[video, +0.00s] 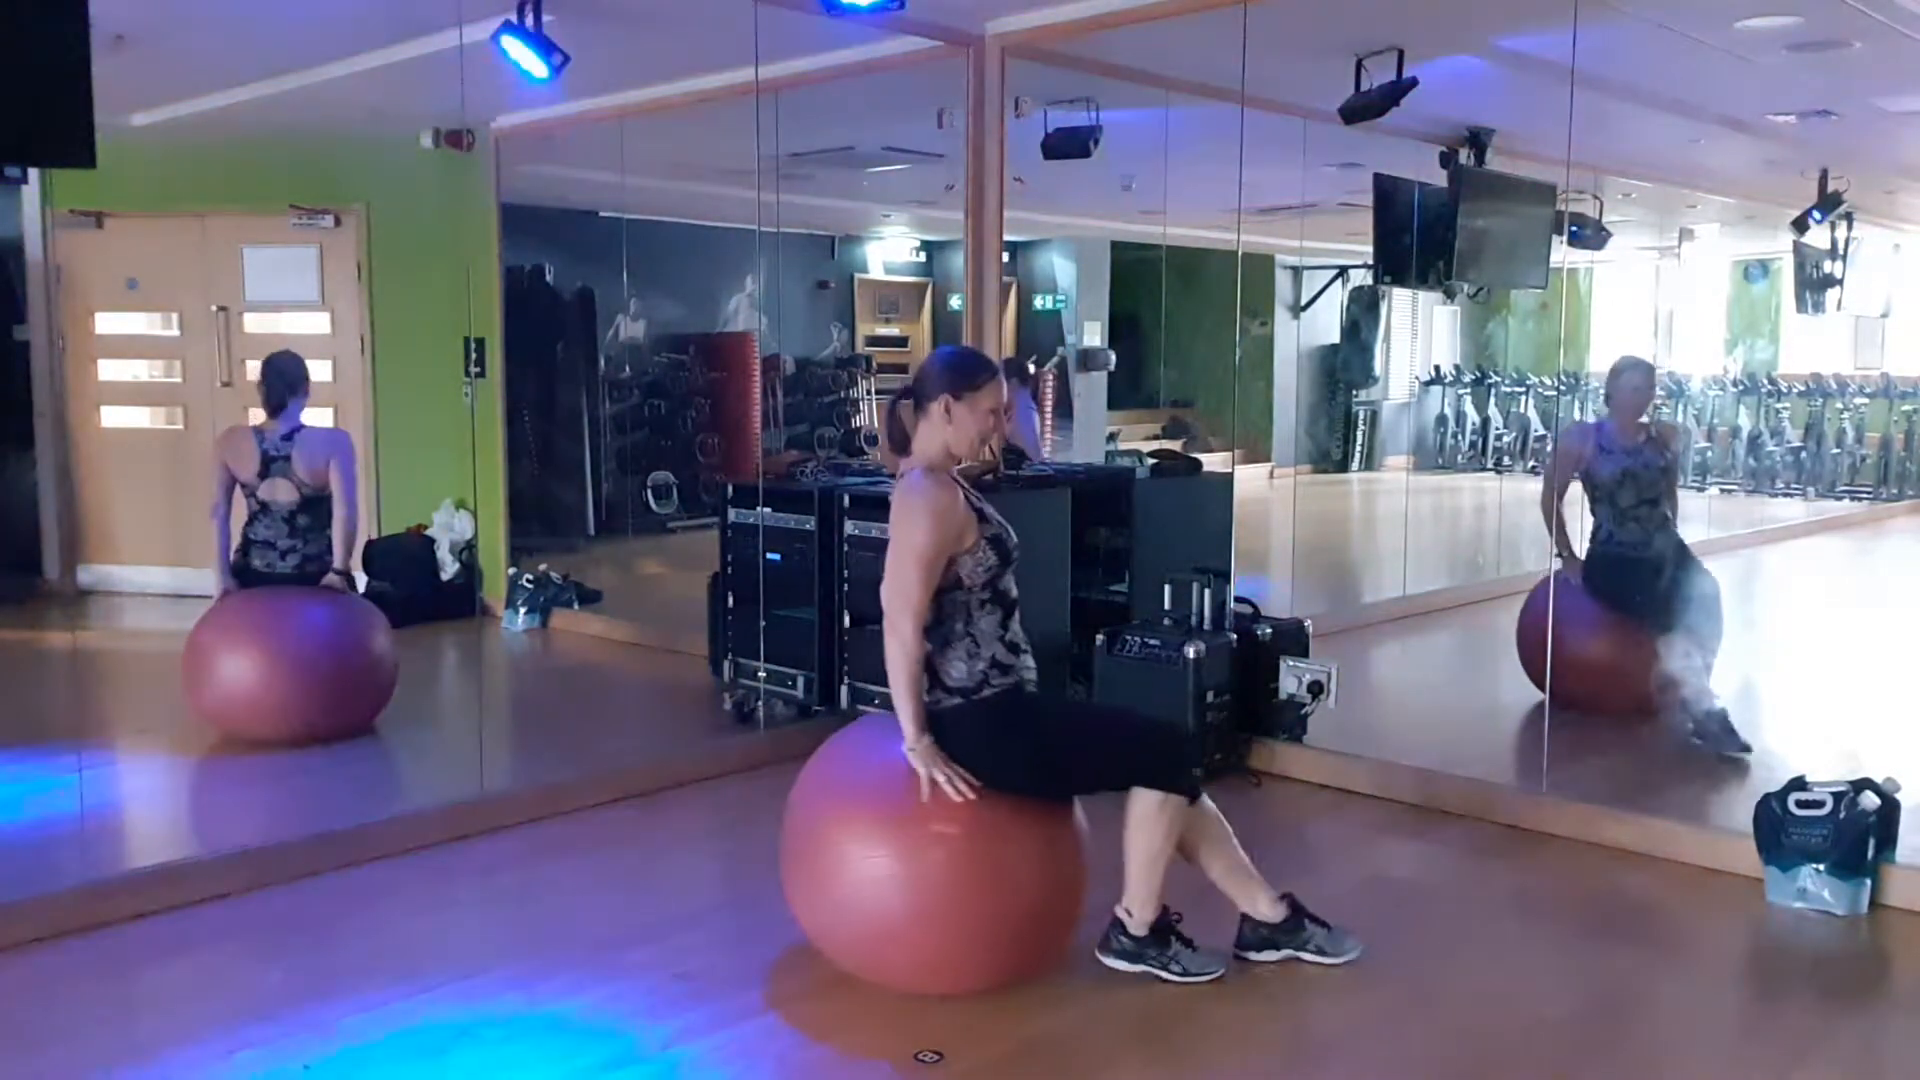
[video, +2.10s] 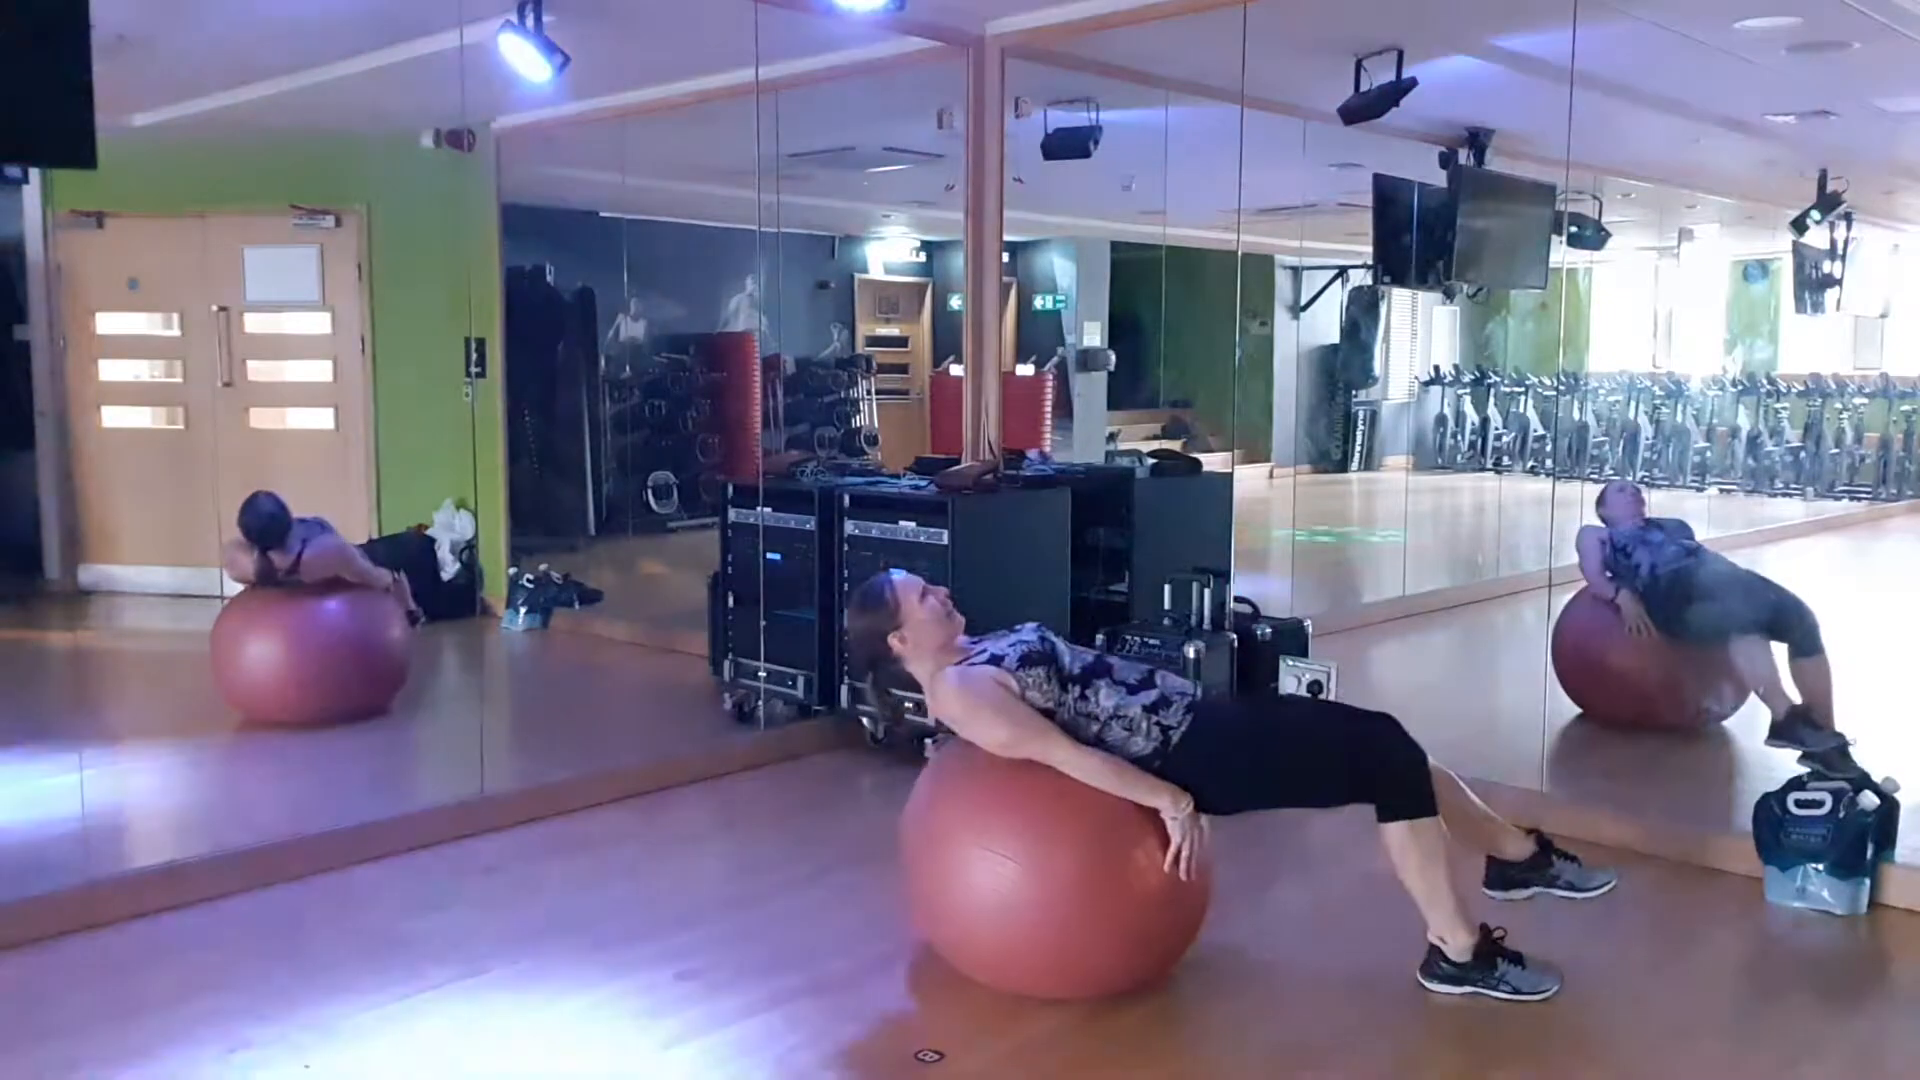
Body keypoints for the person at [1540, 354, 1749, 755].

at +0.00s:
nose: (1641, 398)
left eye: (1648, 390)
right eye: (1633, 389)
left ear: (1654, 395)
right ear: (1611, 392)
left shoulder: (1664, 437)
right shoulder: (1582, 438)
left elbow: (1670, 499)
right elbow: (1550, 499)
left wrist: (1671, 544)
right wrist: (1568, 555)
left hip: (1664, 551)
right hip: (1612, 556)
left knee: (1706, 594)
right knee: (1679, 607)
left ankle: (1694, 697)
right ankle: (1703, 711)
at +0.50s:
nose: (1644, 421)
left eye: (1647, 413)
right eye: (1635, 413)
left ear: (1649, 417)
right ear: (1609, 413)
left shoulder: (1665, 461)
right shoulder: (1581, 466)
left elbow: (1677, 522)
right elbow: (1557, 527)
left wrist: (1686, 559)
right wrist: (1588, 570)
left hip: (1679, 563)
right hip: (1630, 574)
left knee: (1723, 576)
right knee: (1712, 607)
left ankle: (1744, 689)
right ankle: (1715, 717)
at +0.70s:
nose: (1639, 426)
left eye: (1642, 419)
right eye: (1629, 418)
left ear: (1646, 424)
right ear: (1604, 422)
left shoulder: (1664, 465)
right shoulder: (1579, 471)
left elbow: (1682, 526)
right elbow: (1560, 535)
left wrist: (1695, 564)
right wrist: (1593, 574)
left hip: (1686, 563)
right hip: (1635, 575)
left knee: (1728, 588)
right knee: (1709, 603)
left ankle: (1791, 703)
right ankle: (1715, 714)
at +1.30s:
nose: (1629, 470)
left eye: (1631, 465)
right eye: (1618, 466)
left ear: (1636, 474)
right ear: (1596, 477)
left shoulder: (1659, 511)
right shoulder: (1579, 516)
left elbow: (1685, 553)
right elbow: (1568, 572)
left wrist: (1712, 571)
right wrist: (1608, 588)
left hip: (1696, 578)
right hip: (1653, 587)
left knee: (1768, 626)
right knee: (1721, 613)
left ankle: (1818, 744)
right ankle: (1720, 715)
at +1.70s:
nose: (1626, 490)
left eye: (1630, 486)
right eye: (1615, 486)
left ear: (1638, 497)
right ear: (1596, 500)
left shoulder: (1664, 526)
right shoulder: (1586, 532)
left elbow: (1698, 558)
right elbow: (1581, 574)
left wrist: (1735, 580)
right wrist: (1613, 592)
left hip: (1700, 582)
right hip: (1657, 588)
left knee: (1787, 623)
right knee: (1746, 592)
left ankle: (1819, 745)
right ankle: (1760, 710)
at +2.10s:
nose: (1633, 492)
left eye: (1636, 489)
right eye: (1620, 491)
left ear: (1644, 503)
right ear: (1603, 510)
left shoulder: (1673, 526)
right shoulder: (1596, 534)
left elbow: (1708, 556)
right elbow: (1594, 575)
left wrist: (1743, 577)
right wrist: (1622, 597)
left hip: (1719, 581)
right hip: (1676, 590)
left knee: (1801, 622)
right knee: (1742, 620)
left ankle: (1826, 742)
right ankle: (1784, 716)